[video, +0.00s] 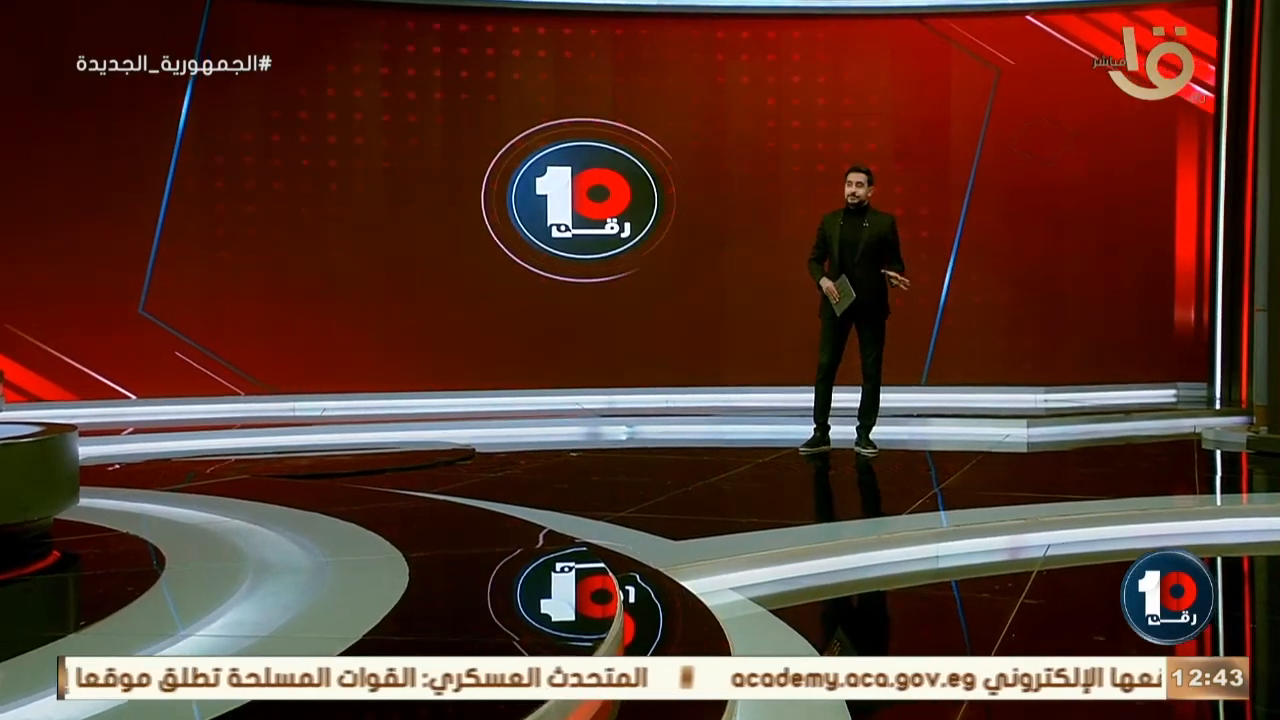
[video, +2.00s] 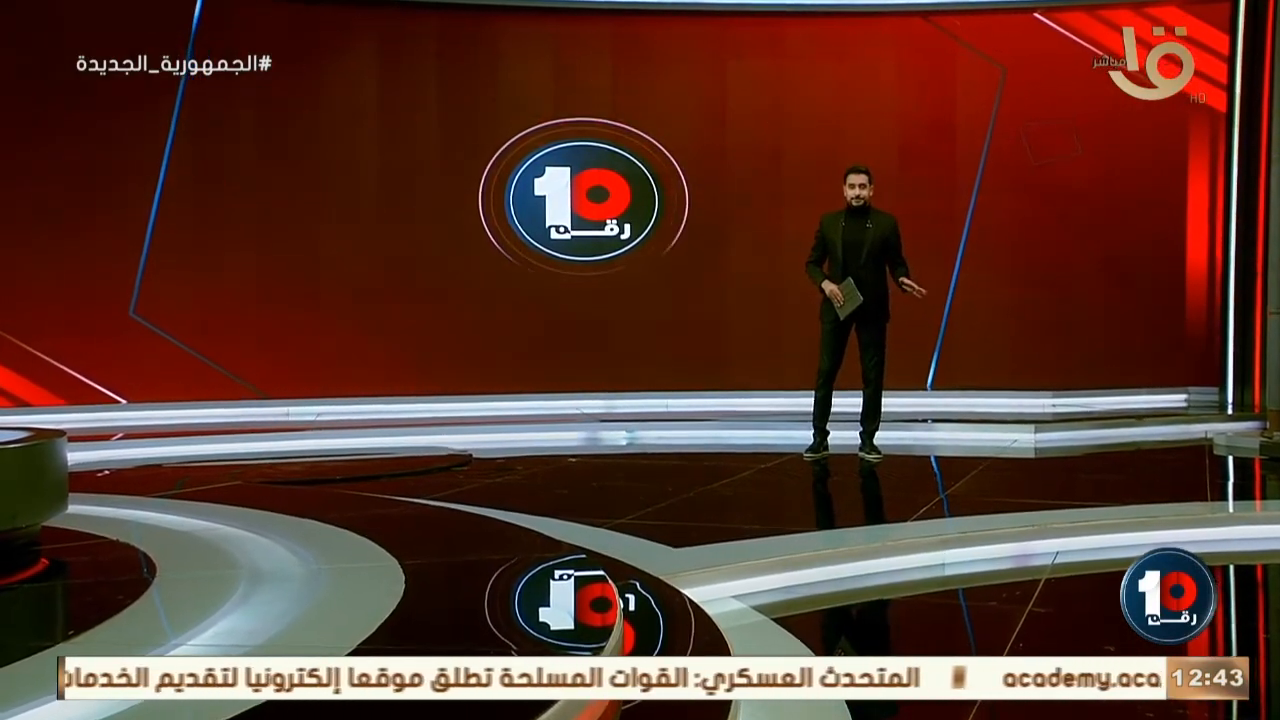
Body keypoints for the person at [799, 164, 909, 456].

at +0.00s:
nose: (853, 189)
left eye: (860, 185)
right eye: (849, 184)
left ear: (870, 190)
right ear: (843, 188)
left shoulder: (884, 222)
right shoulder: (830, 221)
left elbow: (895, 263)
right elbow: (815, 262)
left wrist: (894, 276)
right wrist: (822, 280)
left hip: (871, 307)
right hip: (836, 305)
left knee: (871, 373)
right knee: (825, 368)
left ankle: (864, 435)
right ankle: (820, 433)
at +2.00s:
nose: (857, 192)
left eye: (862, 186)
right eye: (852, 186)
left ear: (871, 190)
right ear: (844, 190)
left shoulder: (886, 223)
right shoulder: (830, 223)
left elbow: (896, 261)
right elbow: (812, 265)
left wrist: (903, 278)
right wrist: (825, 283)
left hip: (873, 308)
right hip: (836, 307)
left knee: (873, 376)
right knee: (826, 372)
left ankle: (868, 440)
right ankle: (819, 437)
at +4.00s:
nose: (840, 200)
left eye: (844, 194)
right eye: (834, 195)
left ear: (851, 194)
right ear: (824, 194)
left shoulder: (866, 223)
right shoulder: (810, 227)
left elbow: (883, 268)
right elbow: (797, 271)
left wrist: (868, 271)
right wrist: (815, 270)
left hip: (858, 312)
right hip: (822, 314)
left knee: (867, 378)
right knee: (819, 379)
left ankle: (871, 444)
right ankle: (821, 443)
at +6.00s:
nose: (860, 204)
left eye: (866, 198)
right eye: (855, 198)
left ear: (874, 196)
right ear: (846, 195)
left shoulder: (889, 225)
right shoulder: (833, 225)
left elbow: (903, 273)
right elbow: (820, 273)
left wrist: (880, 271)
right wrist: (820, 313)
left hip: (877, 316)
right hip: (840, 315)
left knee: (879, 383)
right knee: (830, 379)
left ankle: (873, 449)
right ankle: (824, 447)